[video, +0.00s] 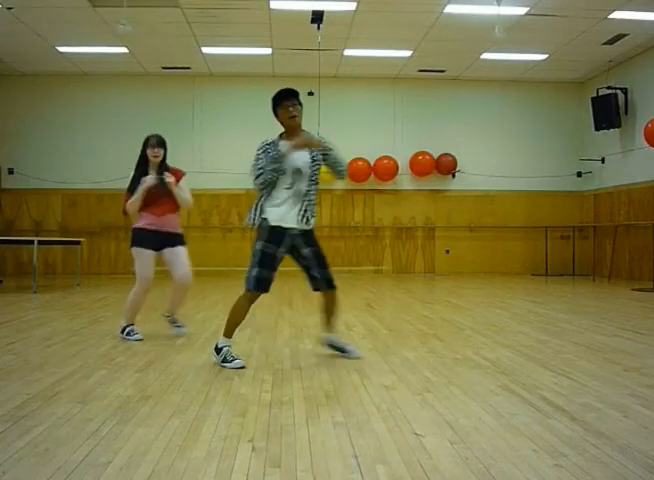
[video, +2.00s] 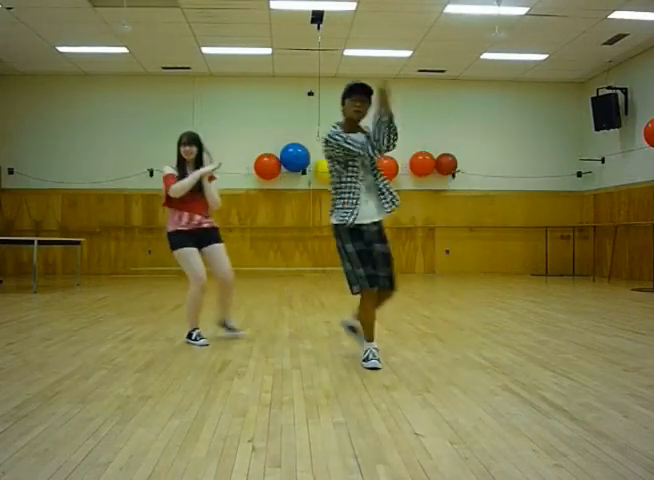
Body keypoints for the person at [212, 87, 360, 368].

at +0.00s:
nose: (292, 111)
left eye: (295, 106)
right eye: (286, 108)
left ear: (302, 110)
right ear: (277, 115)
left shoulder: (315, 145)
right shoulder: (269, 148)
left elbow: (341, 172)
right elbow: (261, 185)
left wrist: (321, 148)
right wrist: (287, 151)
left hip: (302, 228)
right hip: (272, 227)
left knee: (328, 287)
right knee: (255, 289)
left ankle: (329, 336)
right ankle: (223, 345)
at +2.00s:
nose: (359, 108)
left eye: (364, 104)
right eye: (354, 102)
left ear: (367, 109)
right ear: (343, 104)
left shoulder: (366, 136)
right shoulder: (333, 138)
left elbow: (388, 143)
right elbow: (361, 148)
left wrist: (385, 111)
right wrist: (374, 123)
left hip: (373, 219)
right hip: (348, 220)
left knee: (386, 287)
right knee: (368, 286)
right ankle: (369, 346)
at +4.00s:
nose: (428, 103)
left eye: (431, 98)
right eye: (421, 100)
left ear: (438, 102)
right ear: (410, 107)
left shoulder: (454, 134)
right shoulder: (402, 144)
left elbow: (464, 178)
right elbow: (406, 191)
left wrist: (459, 217)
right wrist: (421, 231)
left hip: (458, 222)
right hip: (429, 227)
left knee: (467, 289)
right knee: (445, 291)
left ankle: (463, 346)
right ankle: (443, 339)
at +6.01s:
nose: (359, 99)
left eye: (365, 95)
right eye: (356, 95)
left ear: (378, 100)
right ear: (350, 99)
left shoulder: (386, 137)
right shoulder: (333, 134)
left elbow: (391, 181)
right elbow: (320, 176)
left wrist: (385, 220)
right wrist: (318, 216)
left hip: (367, 218)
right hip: (338, 215)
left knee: (356, 287)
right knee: (357, 286)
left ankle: (325, 344)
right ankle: (355, 351)